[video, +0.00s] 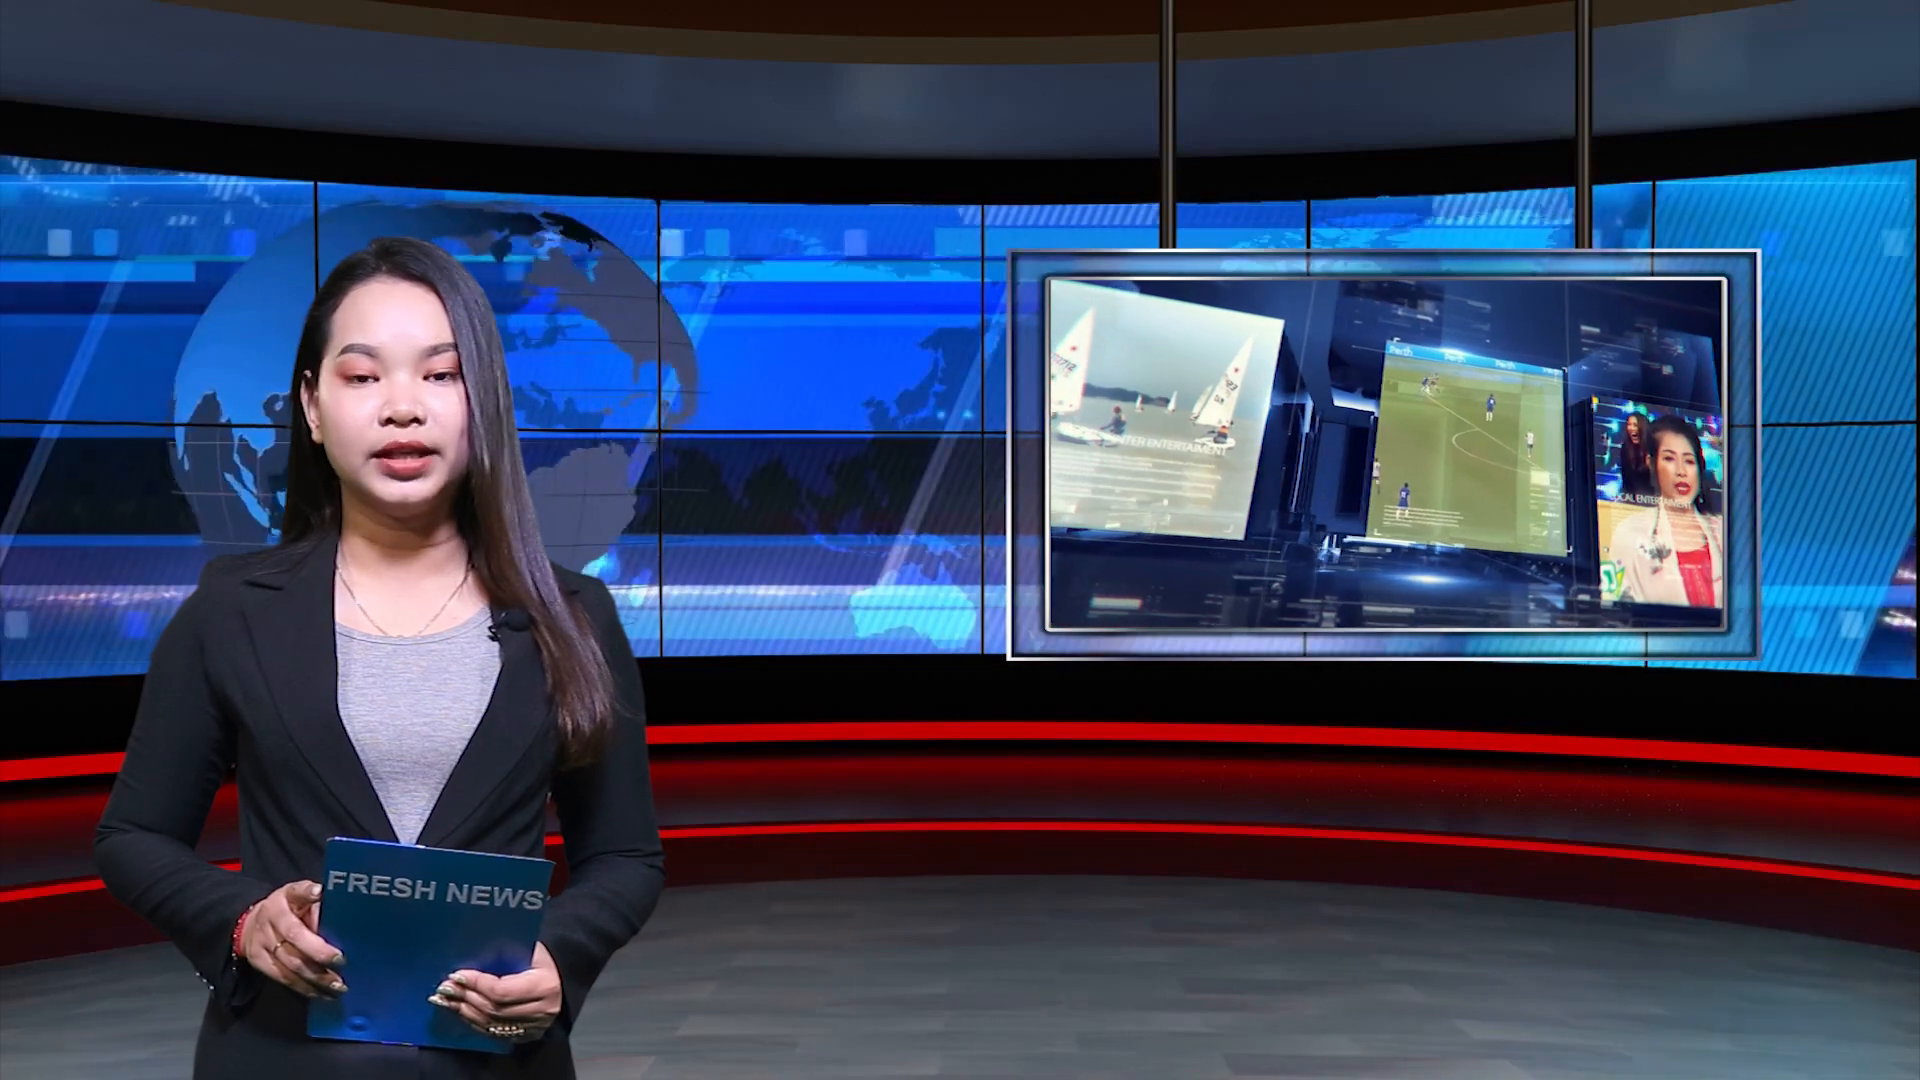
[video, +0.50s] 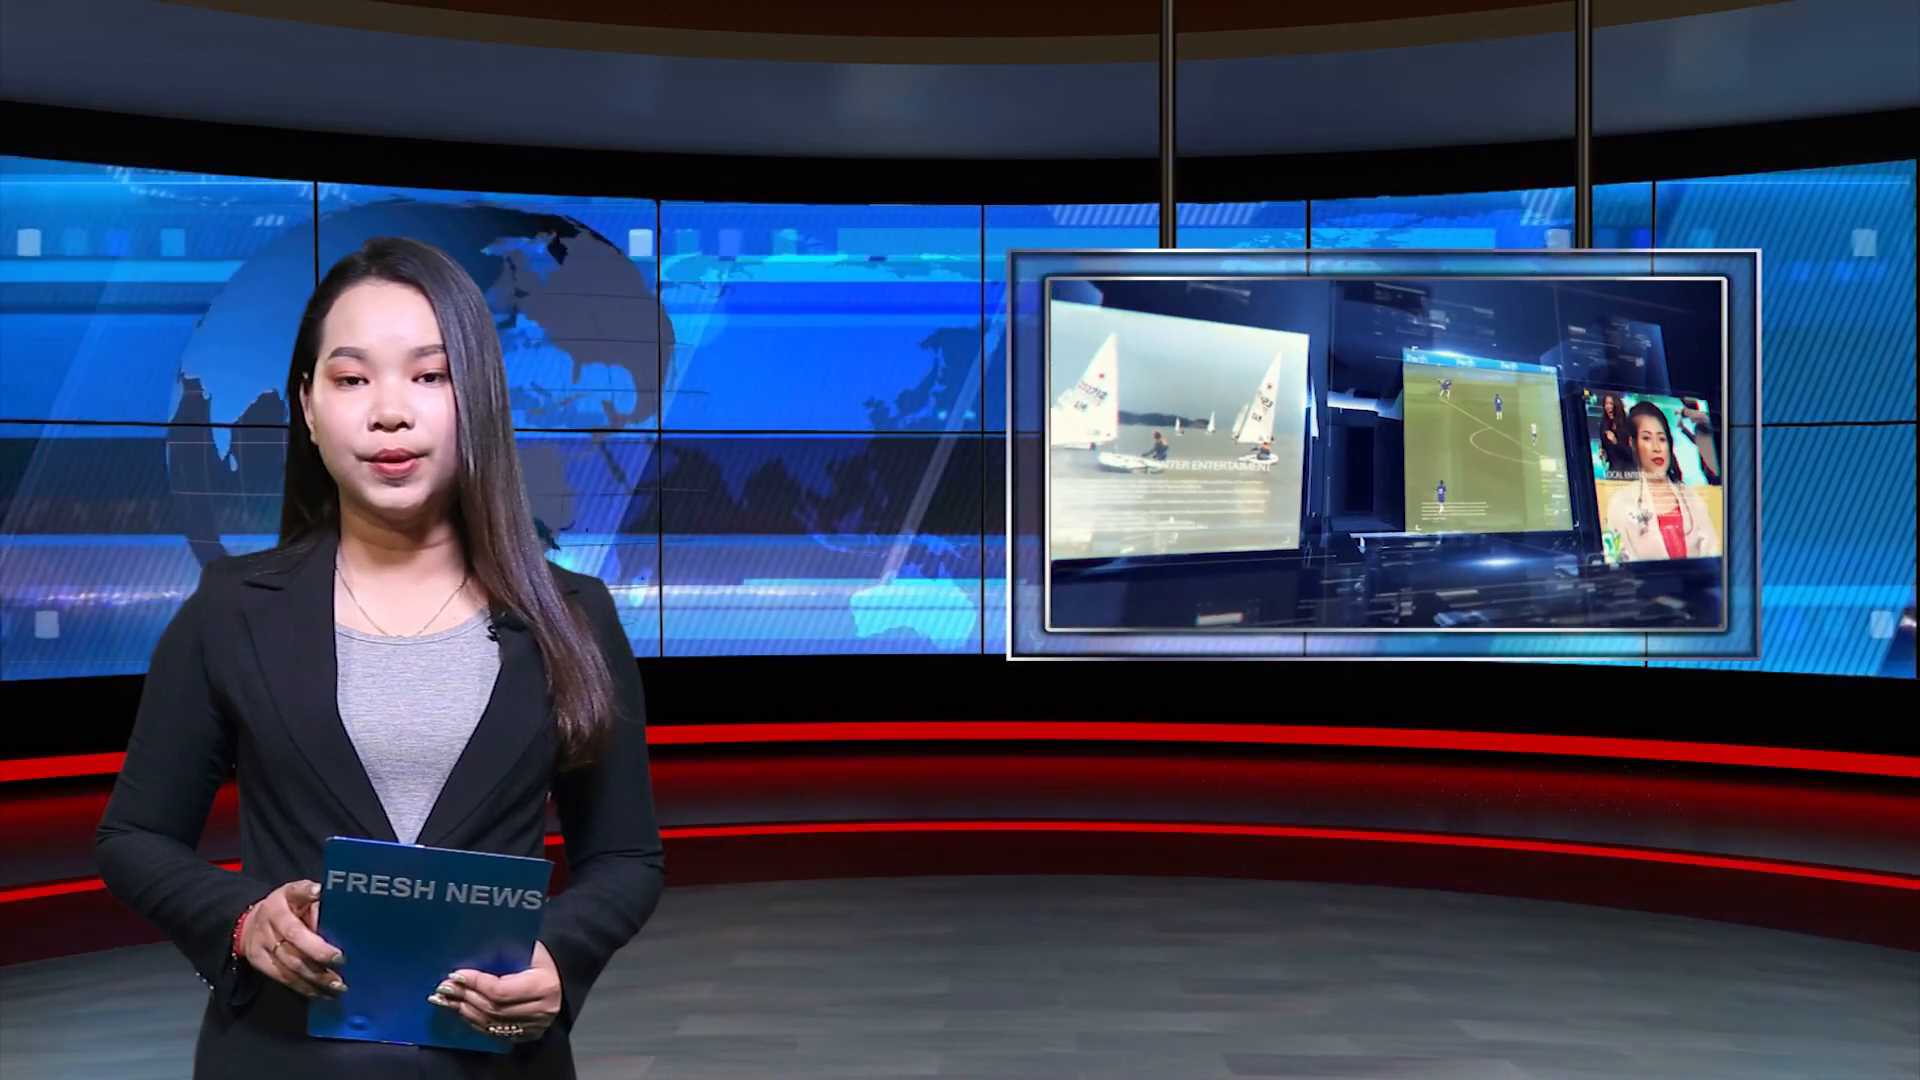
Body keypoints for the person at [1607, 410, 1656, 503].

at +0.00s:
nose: (1632, 429)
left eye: (1635, 425)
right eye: (1629, 425)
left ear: (1643, 428)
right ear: (1626, 428)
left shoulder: (1650, 448)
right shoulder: (1625, 448)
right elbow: (1627, 476)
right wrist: (1646, 467)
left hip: (1649, 495)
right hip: (1630, 494)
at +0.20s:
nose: (1622, 419)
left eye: (1625, 415)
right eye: (1620, 415)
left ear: (1633, 417)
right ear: (1618, 417)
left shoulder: (1642, 436)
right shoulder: (1618, 436)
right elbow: (1613, 457)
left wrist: (1635, 458)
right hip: (1625, 484)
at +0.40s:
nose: (1613, 414)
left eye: (1616, 411)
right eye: (1611, 411)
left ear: (1623, 413)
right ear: (1609, 413)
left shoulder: (1632, 432)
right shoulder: (1608, 435)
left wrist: (1619, 446)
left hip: (1634, 475)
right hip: (1618, 475)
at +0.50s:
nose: (1608, 407)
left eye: (1611, 403)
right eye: (1606, 404)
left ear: (1617, 405)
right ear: (1603, 406)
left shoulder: (1626, 424)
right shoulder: (1604, 424)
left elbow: (1631, 452)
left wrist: (1616, 442)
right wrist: (1604, 453)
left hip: (1629, 467)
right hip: (1614, 467)